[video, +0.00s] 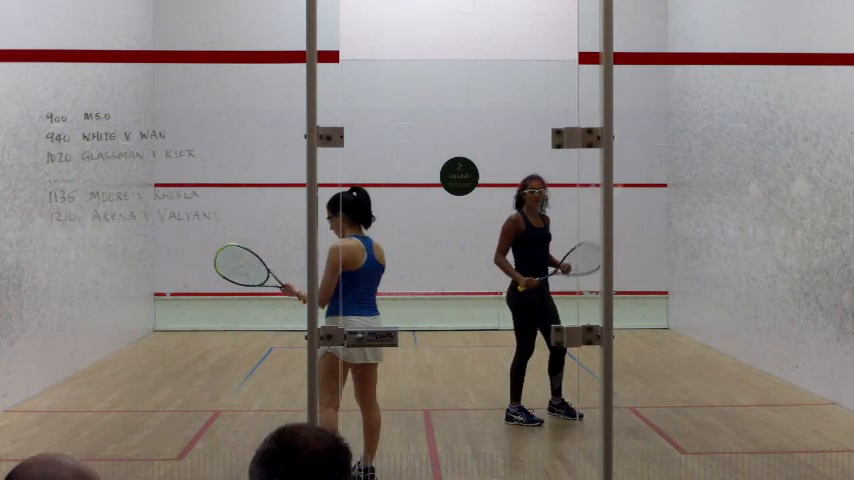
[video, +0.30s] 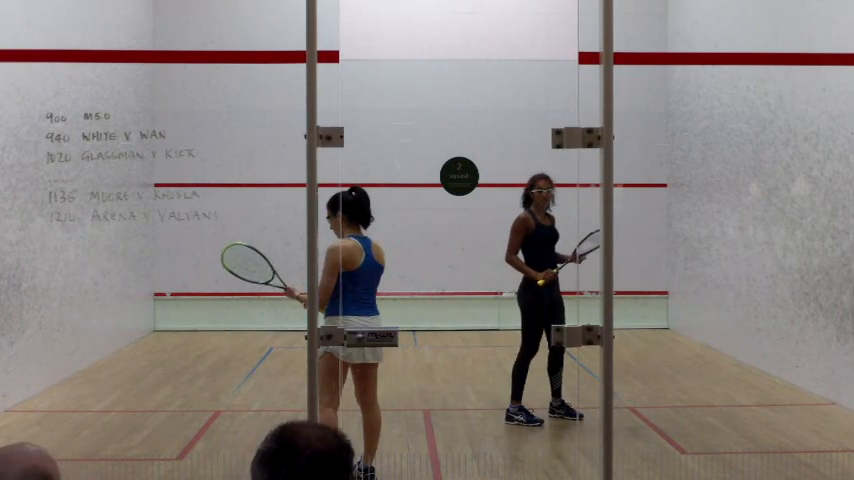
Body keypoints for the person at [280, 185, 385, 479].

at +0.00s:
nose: (329, 225)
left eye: (330, 219)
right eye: (329, 219)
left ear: (342, 217)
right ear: (359, 217)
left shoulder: (340, 250)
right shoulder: (377, 250)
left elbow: (323, 298)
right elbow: (363, 294)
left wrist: (300, 294)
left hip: (339, 332)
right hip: (370, 331)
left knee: (328, 404)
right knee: (368, 401)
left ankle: (327, 467)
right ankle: (367, 466)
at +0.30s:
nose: (329, 225)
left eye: (330, 218)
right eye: (329, 218)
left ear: (340, 217)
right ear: (360, 216)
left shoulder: (338, 250)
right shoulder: (377, 250)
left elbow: (321, 303)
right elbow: (363, 296)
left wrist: (300, 296)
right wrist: (312, 298)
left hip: (338, 333)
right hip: (370, 332)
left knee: (328, 403)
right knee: (368, 401)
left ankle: (328, 468)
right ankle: (367, 466)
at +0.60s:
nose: (327, 223)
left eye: (328, 216)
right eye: (327, 216)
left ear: (338, 215)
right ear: (358, 215)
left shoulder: (335, 250)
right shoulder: (376, 249)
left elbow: (320, 302)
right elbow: (368, 295)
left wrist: (301, 293)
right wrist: (313, 294)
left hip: (337, 332)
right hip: (370, 331)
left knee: (327, 404)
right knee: (368, 401)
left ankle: (323, 466)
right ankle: (367, 466)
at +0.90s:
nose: (323, 220)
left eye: (329, 214)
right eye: (322, 214)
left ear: (348, 216)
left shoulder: (345, 248)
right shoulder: (360, 245)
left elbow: (330, 298)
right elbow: (343, 297)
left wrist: (299, 295)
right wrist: (312, 306)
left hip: (339, 329)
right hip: (360, 327)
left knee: (326, 403)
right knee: (362, 397)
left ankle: (327, 463)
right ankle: (368, 458)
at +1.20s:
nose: (322, 220)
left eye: (328, 214)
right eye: (319, 215)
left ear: (344, 216)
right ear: (317, 216)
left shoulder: (348, 248)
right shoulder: (335, 248)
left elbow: (339, 299)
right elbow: (329, 296)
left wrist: (301, 299)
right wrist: (306, 309)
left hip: (338, 328)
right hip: (336, 327)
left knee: (325, 402)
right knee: (348, 399)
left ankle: (324, 460)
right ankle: (364, 455)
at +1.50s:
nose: (299, 220)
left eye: (303, 214)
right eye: (300, 214)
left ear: (318, 217)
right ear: (327, 218)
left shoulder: (332, 251)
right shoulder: (335, 249)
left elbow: (322, 302)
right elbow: (319, 300)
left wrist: (283, 296)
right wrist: (289, 314)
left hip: (335, 334)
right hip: (351, 331)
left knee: (320, 403)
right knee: (351, 396)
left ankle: (325, 463)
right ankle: (374, 459)